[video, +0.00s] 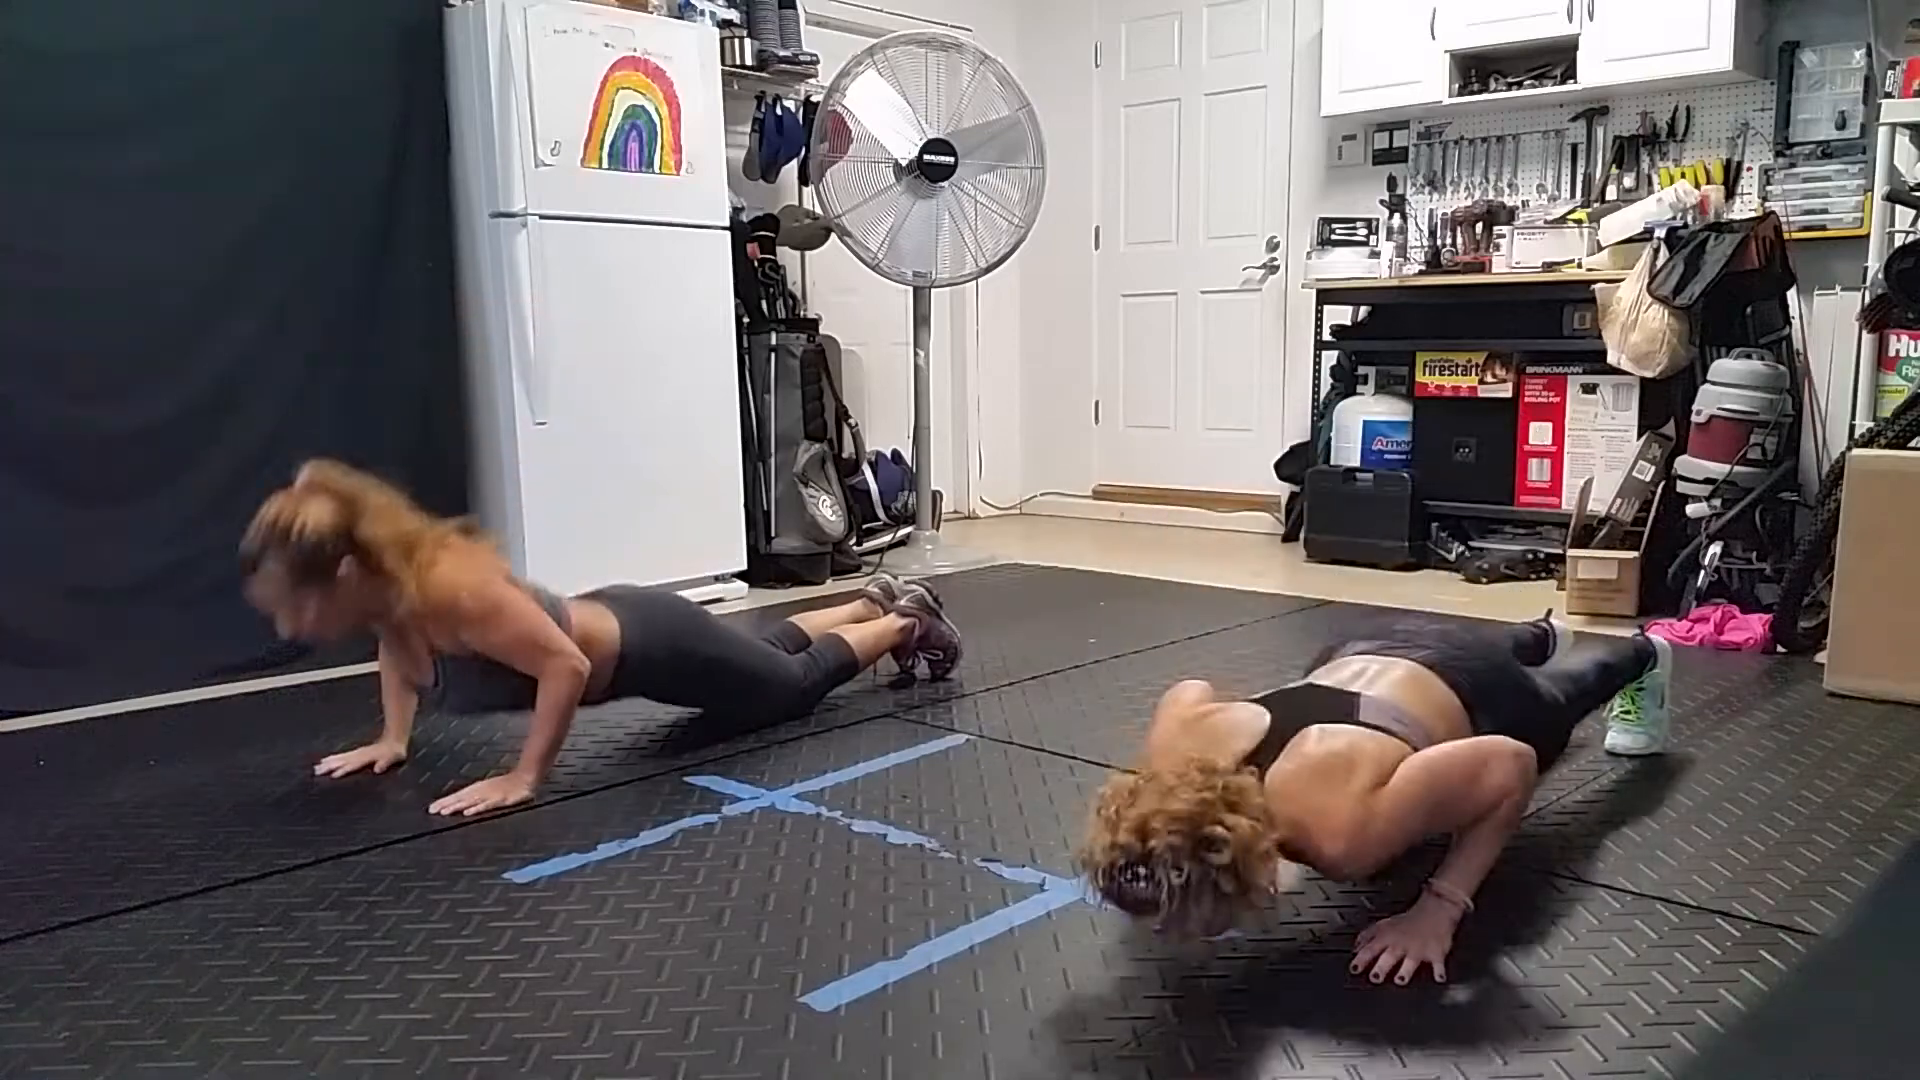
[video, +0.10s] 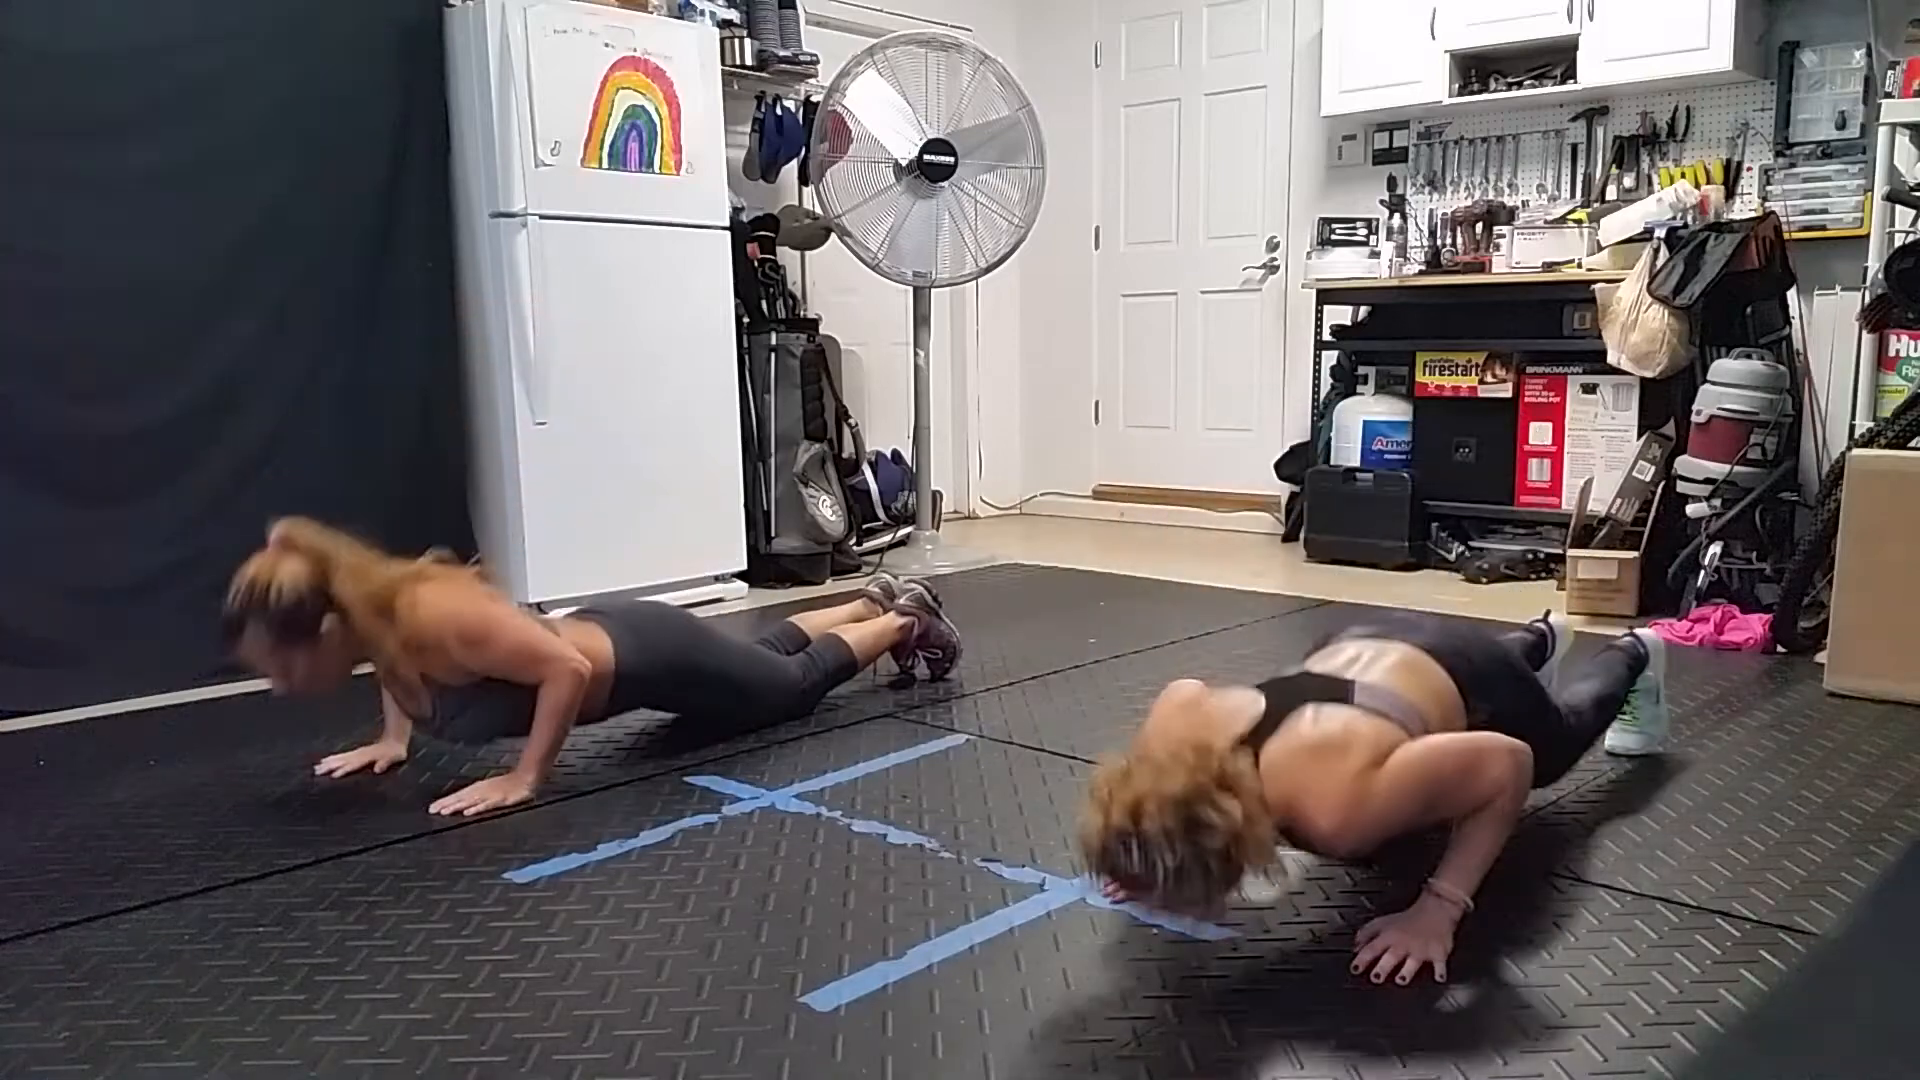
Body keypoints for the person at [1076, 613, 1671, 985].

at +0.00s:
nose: (1186, 938)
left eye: (1189, 922)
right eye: (1168, 928)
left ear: (1225, 868)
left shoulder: (1350, 830)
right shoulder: (1173, 749)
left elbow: (1510, 768)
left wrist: (1440, 906)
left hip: (1463, 690)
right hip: (1366, 642)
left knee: (1563, 685)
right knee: (1481, 637)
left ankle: (1640, 650)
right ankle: (1544, 628)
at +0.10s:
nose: (1149, 909)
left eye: (1161, 901)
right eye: (1134, 898)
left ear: (1213, 864)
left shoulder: (1341, 811)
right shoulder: (1179, 713)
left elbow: (1506, 765)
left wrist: (1439, 907)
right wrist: (1151, 852)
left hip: (1469, 682)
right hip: (1375, 636)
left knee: (1568, 716)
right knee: (1481, 641)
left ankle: (1632, 651)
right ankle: (1541, 631)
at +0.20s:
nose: (1153, 825)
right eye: (1138, 821)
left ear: (1190, 787)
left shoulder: (1328, 747)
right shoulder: (1184, 691)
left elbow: (1499, 758)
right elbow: (1160, 752)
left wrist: (1438, 907)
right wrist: (1186, 846)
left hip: (1465, 658)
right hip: (1365, 624)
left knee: (1555, 761)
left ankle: (1627, 651)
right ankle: (1541, 636)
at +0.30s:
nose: (1145, 736)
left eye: (1144, 721)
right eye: (1138, 725)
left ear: (1183, 704)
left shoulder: (1323, 673)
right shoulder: (1184, 664)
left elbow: (1483, 754)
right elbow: (1172, 737)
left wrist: (1437, 906)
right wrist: (1183, 842)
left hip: (1461, 644)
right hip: (1372, 626)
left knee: (1550, 763)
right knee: (1485, 657)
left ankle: (1623, 650)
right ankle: (1548, 635)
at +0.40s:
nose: (1148, 672)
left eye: (1154, 650)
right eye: (1141, 654)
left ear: (1196, 619)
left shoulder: (1334, 615)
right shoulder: (1175, 626)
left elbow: (1465, 743)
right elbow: (1169, 718)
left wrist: (1434, 907)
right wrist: (1183, 843)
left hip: (1456, 647)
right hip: (1362, 683)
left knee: (1544, 767)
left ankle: (1624, 653)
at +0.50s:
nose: (1143, 626)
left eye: (1149, 610)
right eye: (1137, 613)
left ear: (1198, 586)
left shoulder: (1328, 578)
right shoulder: (1158, 590)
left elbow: (1450, 739)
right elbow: (1163, 706)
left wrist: (1433, 906)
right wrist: (1183, 843)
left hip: (1445, 610)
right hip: (1352, 650)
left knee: (1524, 744)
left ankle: (1625, 653)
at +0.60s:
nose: (1126, 613)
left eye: (1132, 597)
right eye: (1121, 600)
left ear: (1184, 573)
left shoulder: (1311, 559)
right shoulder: (1148, 571)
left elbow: (1420, 731)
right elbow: (1156, 705)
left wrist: (1430, 903)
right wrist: (1183, 840)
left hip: (1431, 526)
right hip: (1348, 500)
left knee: (1511, 655)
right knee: (1441, 637)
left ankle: (1611, 658)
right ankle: (1522, 690)